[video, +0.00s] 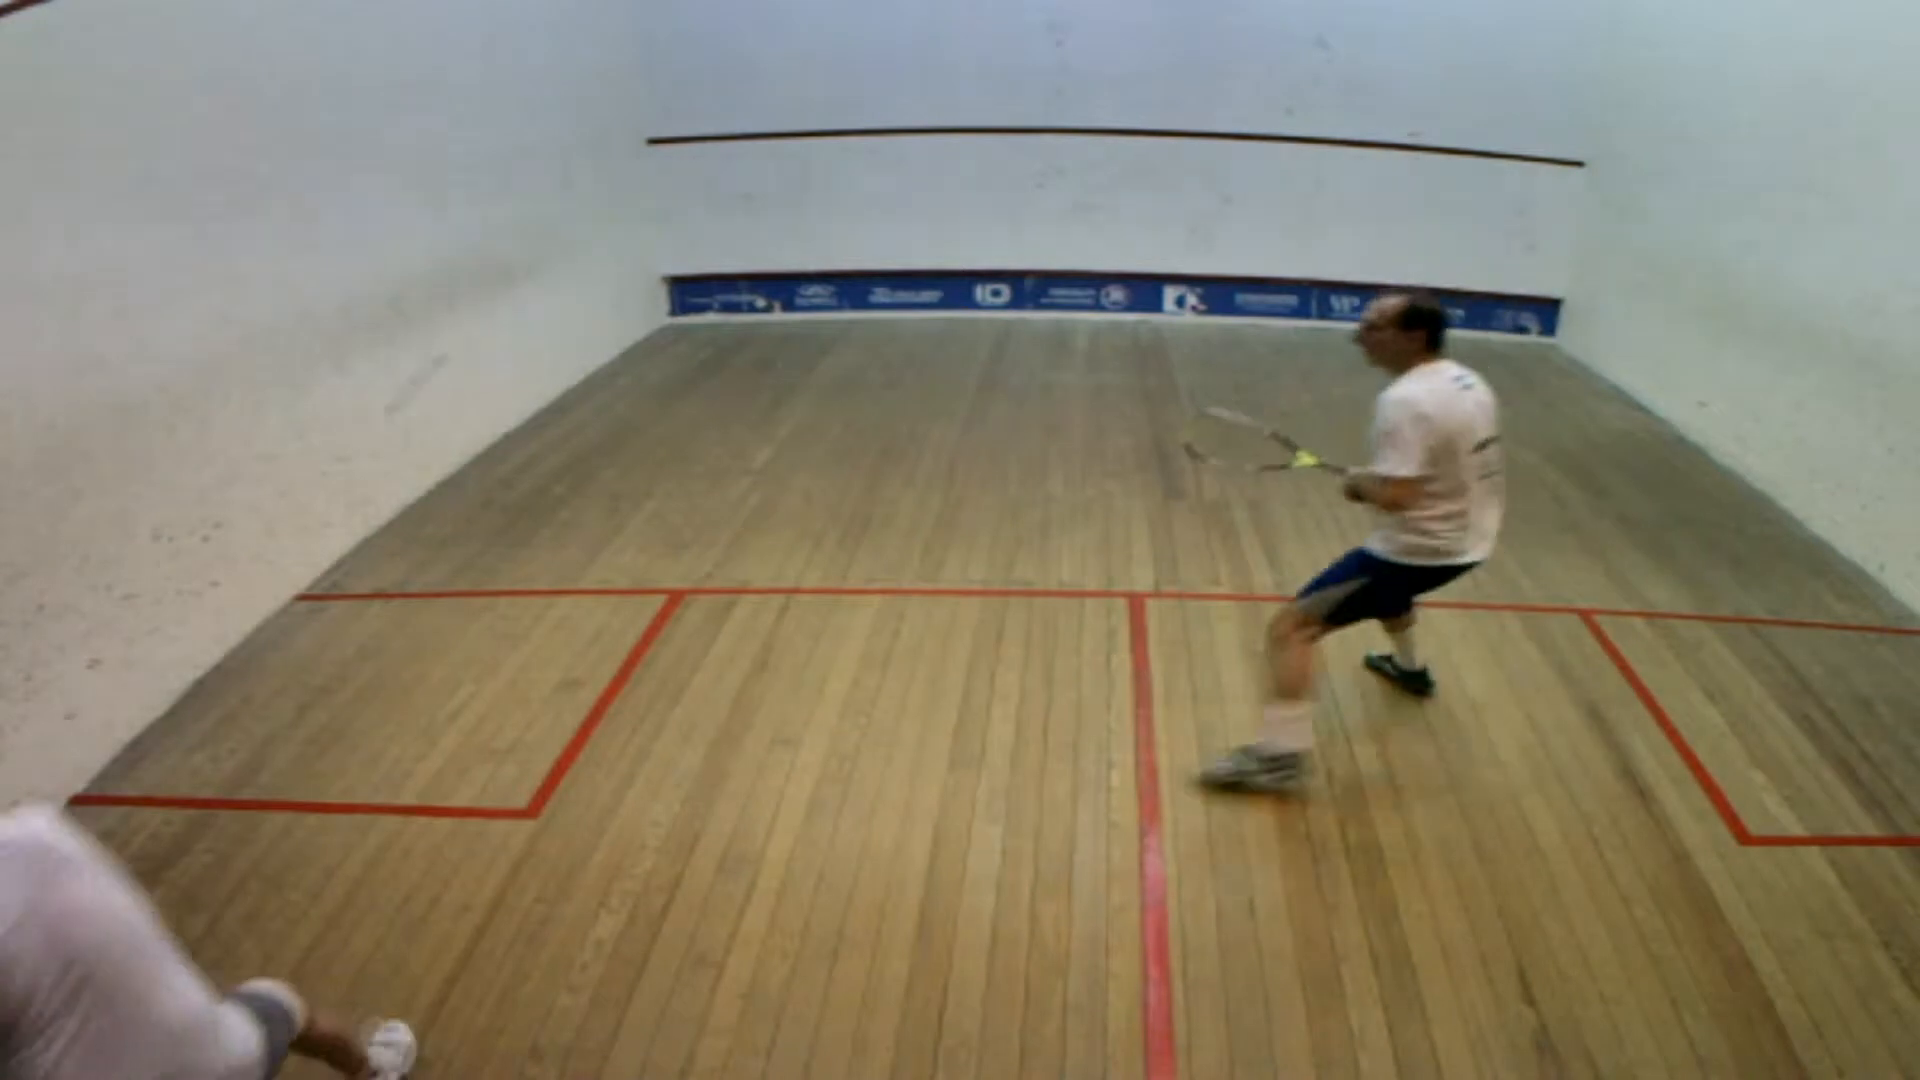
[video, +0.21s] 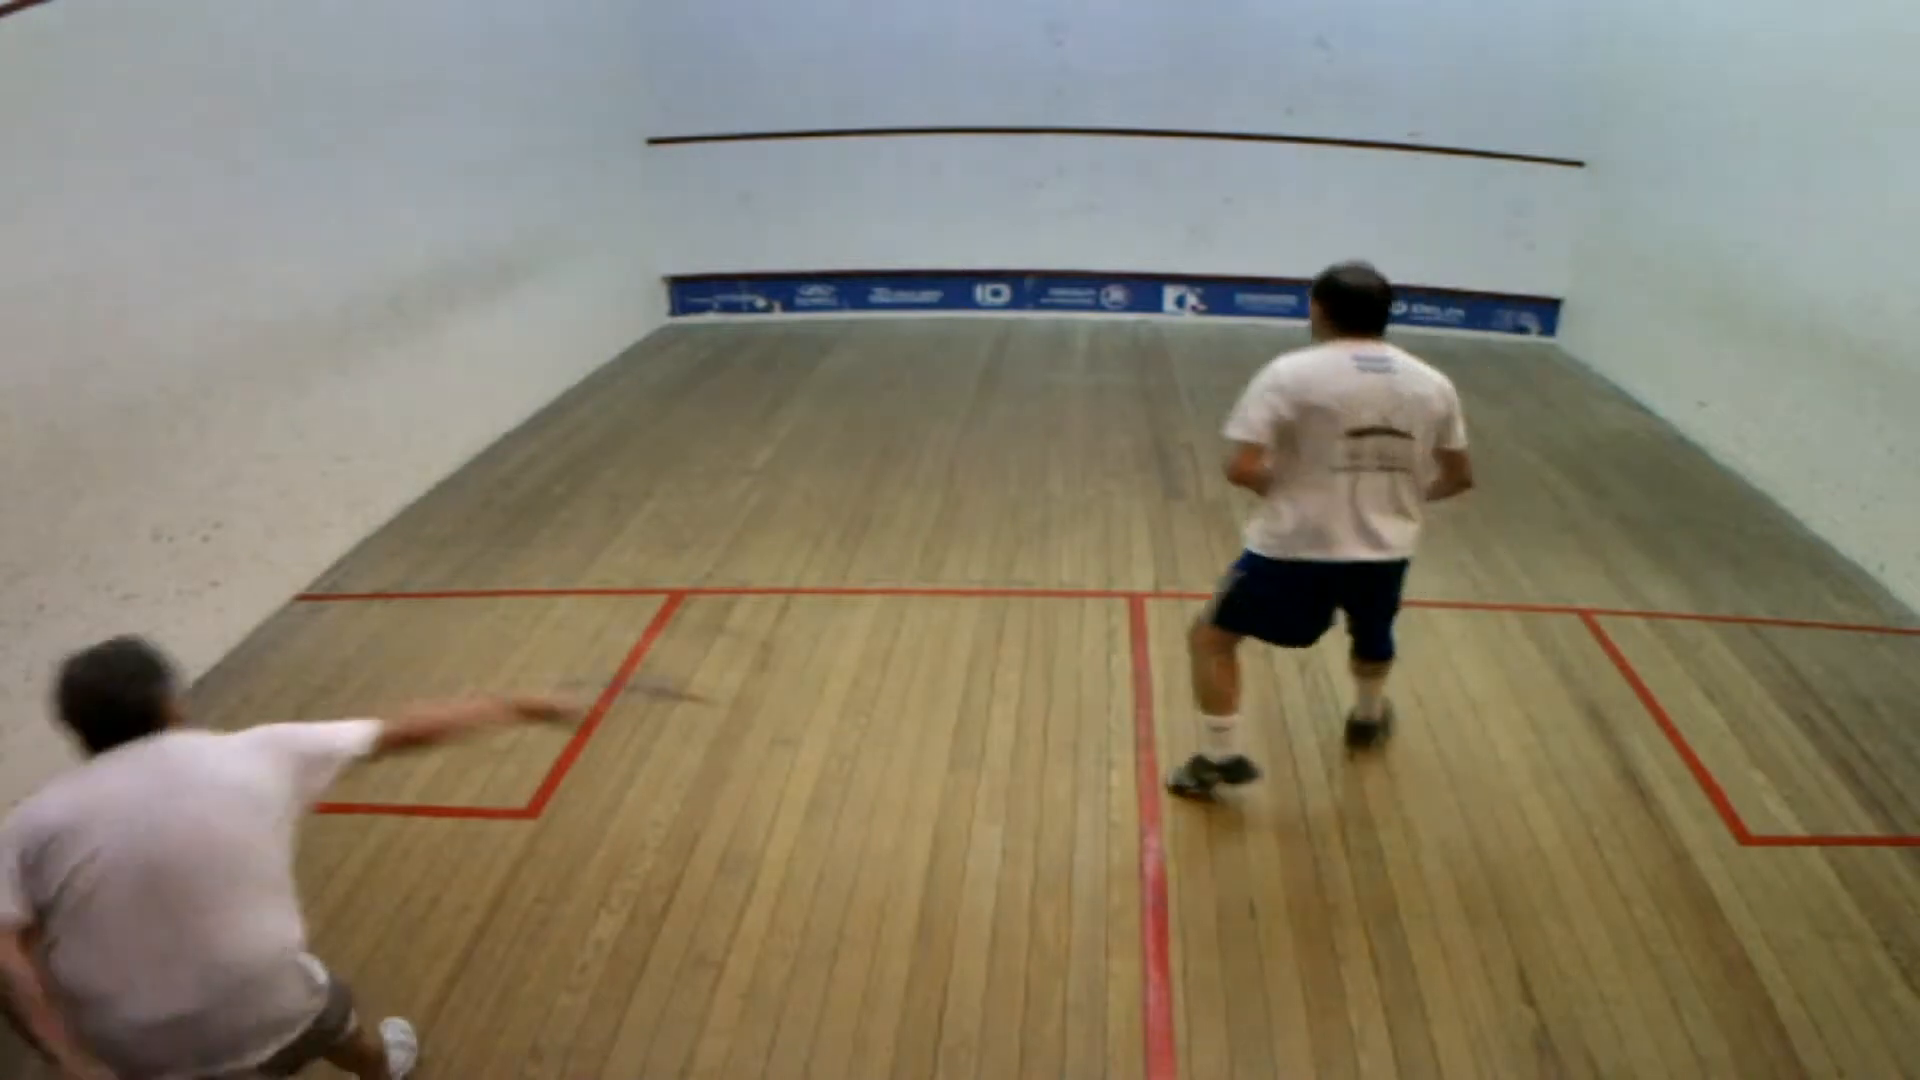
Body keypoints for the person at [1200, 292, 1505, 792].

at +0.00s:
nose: (1361, 335)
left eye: (1374, 328)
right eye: (1365, 324)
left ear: (1414, 338)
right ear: (1422, 339)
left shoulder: (1405, 400)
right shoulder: (1469, 383)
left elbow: (1402, 492)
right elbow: (1452, 468)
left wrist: (1359, 485)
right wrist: (1379, 478)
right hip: (1466, 542)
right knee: (1385, 585)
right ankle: (1409, 665)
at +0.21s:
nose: (1309, 315)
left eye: (1312, 307)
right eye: (1314, 307)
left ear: (1320, 312)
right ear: (1383, 316)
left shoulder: (1289, 375)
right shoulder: (1430, 385)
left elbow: (1243, 467)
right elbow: (1458, 474)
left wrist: (1285, 487)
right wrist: (1400, 490)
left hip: (1295, 550)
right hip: (1383, 553)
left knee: (1212, 636)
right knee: (1373, 635)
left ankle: (1222, 754)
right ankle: (1368, 717)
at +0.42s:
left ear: (1291, 361)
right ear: (1361, 375)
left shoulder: (1240, 412)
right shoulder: (1390, 442)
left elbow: (1158, 488)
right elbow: (1434, 540)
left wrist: (1158, 508)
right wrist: (1412, 544)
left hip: (1204, 594)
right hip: (1312, 612)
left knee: (1132, 678)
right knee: (1363, 724)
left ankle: (1078, 795)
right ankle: (1364, 861)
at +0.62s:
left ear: (1397, 397)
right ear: (1469, 411)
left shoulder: (1343, 442)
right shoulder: (1494, 479)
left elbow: (1217, 514)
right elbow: (1528, 598)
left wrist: (1206, 568)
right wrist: (1501, 613)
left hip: (1271, 619)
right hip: (1362, 659)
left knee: (1221, 694)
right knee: (1345, 785)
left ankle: (1138, 777)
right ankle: (1212, 884)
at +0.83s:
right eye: (1675, 504)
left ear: (1608, 471)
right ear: (1666, 504)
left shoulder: (1526, 503)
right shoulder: (1643, 563)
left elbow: (1398, 568)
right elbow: (1664, 702)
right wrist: (1676, 683)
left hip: (1363, 664)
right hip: (1436, 709)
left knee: (1314, 735)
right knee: (1499, 809)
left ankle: (1193, 792)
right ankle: (1365, 902)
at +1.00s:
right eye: (1880, 515)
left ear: (1806, 487)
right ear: (1872, 520)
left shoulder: (1724, 526)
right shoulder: (1851, 588)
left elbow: (1588, 580)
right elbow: (1880, 728)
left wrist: (1567, 643)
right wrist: (1916, 750)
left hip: (1582, 704)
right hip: (1658, 755)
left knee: (1600, 794)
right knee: (1599, 855)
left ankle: (1562, 875)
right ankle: (1441, 896)